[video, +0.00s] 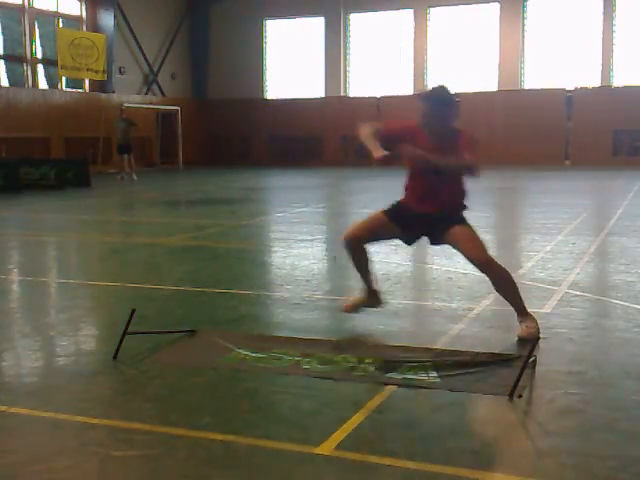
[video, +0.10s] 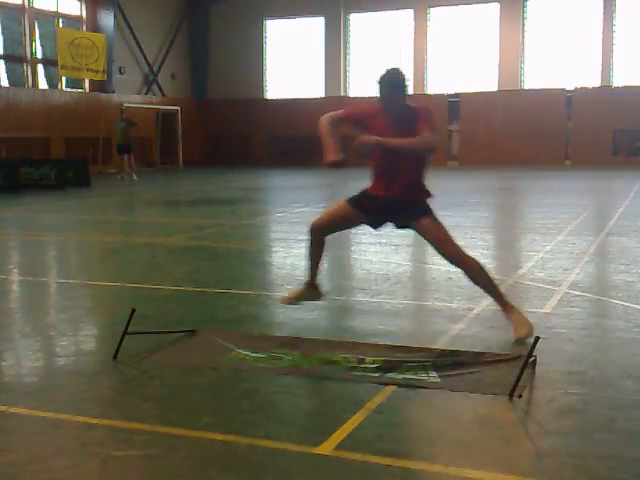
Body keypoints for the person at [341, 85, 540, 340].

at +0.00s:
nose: (425, 120)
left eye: (431, 115)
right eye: (424, 114)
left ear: (447, 116)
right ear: (422, 113)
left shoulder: (461, 140)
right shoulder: (414, 133)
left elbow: (471, 167)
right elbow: (365, 130)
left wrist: (424, 157)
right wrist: (376, 150)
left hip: (447, 216)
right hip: (410, 211)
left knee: (483, 261)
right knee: (352, 239)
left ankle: (524, 317)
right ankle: (371, 294)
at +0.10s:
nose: (391, 103)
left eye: (396, 98)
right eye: (387, 98)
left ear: (405, 96)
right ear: (380, 96)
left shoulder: (419, 116)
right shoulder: (373, 114)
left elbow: (428, 144)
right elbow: (326, 120)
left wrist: (378, 142)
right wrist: (332, 149)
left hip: (411, 201)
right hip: (375, 198)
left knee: (456, 257)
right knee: (318, 228)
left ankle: (510, 311)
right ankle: (311, 286)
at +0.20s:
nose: (341, 102)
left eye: (345, 96)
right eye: (337, 97)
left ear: (357, 93)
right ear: (333, 96)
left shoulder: (383, 120)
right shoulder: (330, 121)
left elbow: (405, 153)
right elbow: (299, 147)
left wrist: (360, 161)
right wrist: (288, 176)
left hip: (378, 196)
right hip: (341, 194)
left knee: (416, 248)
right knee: (297, 241)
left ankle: (451, 304)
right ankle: (268, 289)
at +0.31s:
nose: (302, 121)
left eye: (306, 115)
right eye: (300, 116)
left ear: (320, 112)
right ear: (297, 115)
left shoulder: (348, 136)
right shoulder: (298, 138)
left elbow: (373, 173)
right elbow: (284, 171)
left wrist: (334, 193)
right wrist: (266, 206)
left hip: (345, 203)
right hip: (311, 202)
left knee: (372, 244)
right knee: (272, 249)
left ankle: (373, 296)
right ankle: (265, 299)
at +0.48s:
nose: (270, 138)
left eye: (273, 132)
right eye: (267, 134)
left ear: (284, 130)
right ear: (264, 135)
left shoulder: (311, 149)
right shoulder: (271, 157)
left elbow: (330, 193)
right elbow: (270, 191)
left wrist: (289, 205)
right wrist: (262, 221)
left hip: (322, 210)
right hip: (289, 209)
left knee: (324, 263)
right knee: (255, 251)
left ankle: (293, 274)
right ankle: (263, 298)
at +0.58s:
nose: (268, 147)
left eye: (271, 141)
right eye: (264, 143)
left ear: (280, 135)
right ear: (259, 142)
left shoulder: (306, 152)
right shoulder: (267, 166)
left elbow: (327, 193)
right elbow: (264, 198)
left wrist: (289, 211)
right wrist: (253, 230)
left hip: (320, 209)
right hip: (287, 209)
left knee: (312, 263)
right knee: (254, 251)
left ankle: (295, 282)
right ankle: (263, 297)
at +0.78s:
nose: (306, 125)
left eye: (308, 119)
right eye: (300, 121)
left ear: (315, 119)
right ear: (294, 125)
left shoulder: (337, 138)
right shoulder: (290, 152)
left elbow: (382, 142)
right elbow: (267, 187)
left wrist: (361, 164)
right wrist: (276, 187)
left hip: (347, 206)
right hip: (312, 208)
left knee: (369, 240)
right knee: (270, 253)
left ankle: (364, 292)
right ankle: (265, 299)